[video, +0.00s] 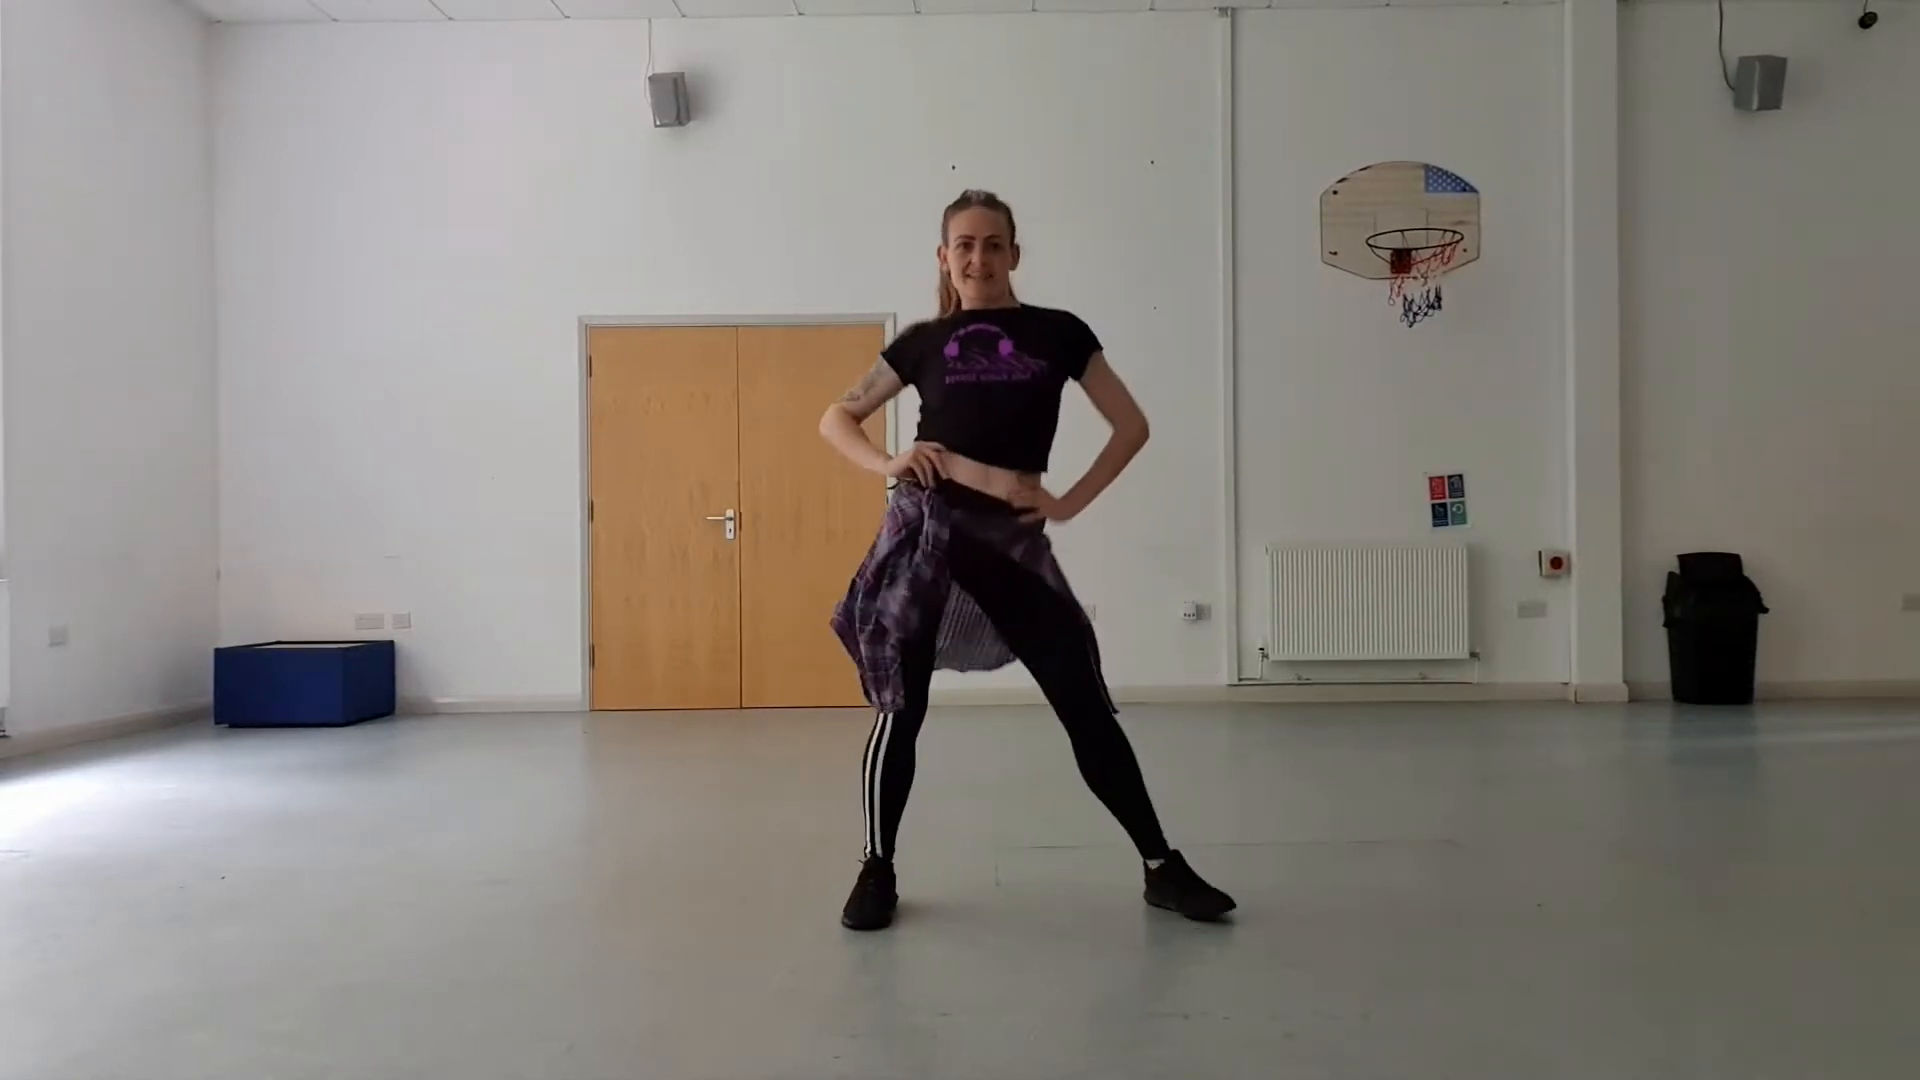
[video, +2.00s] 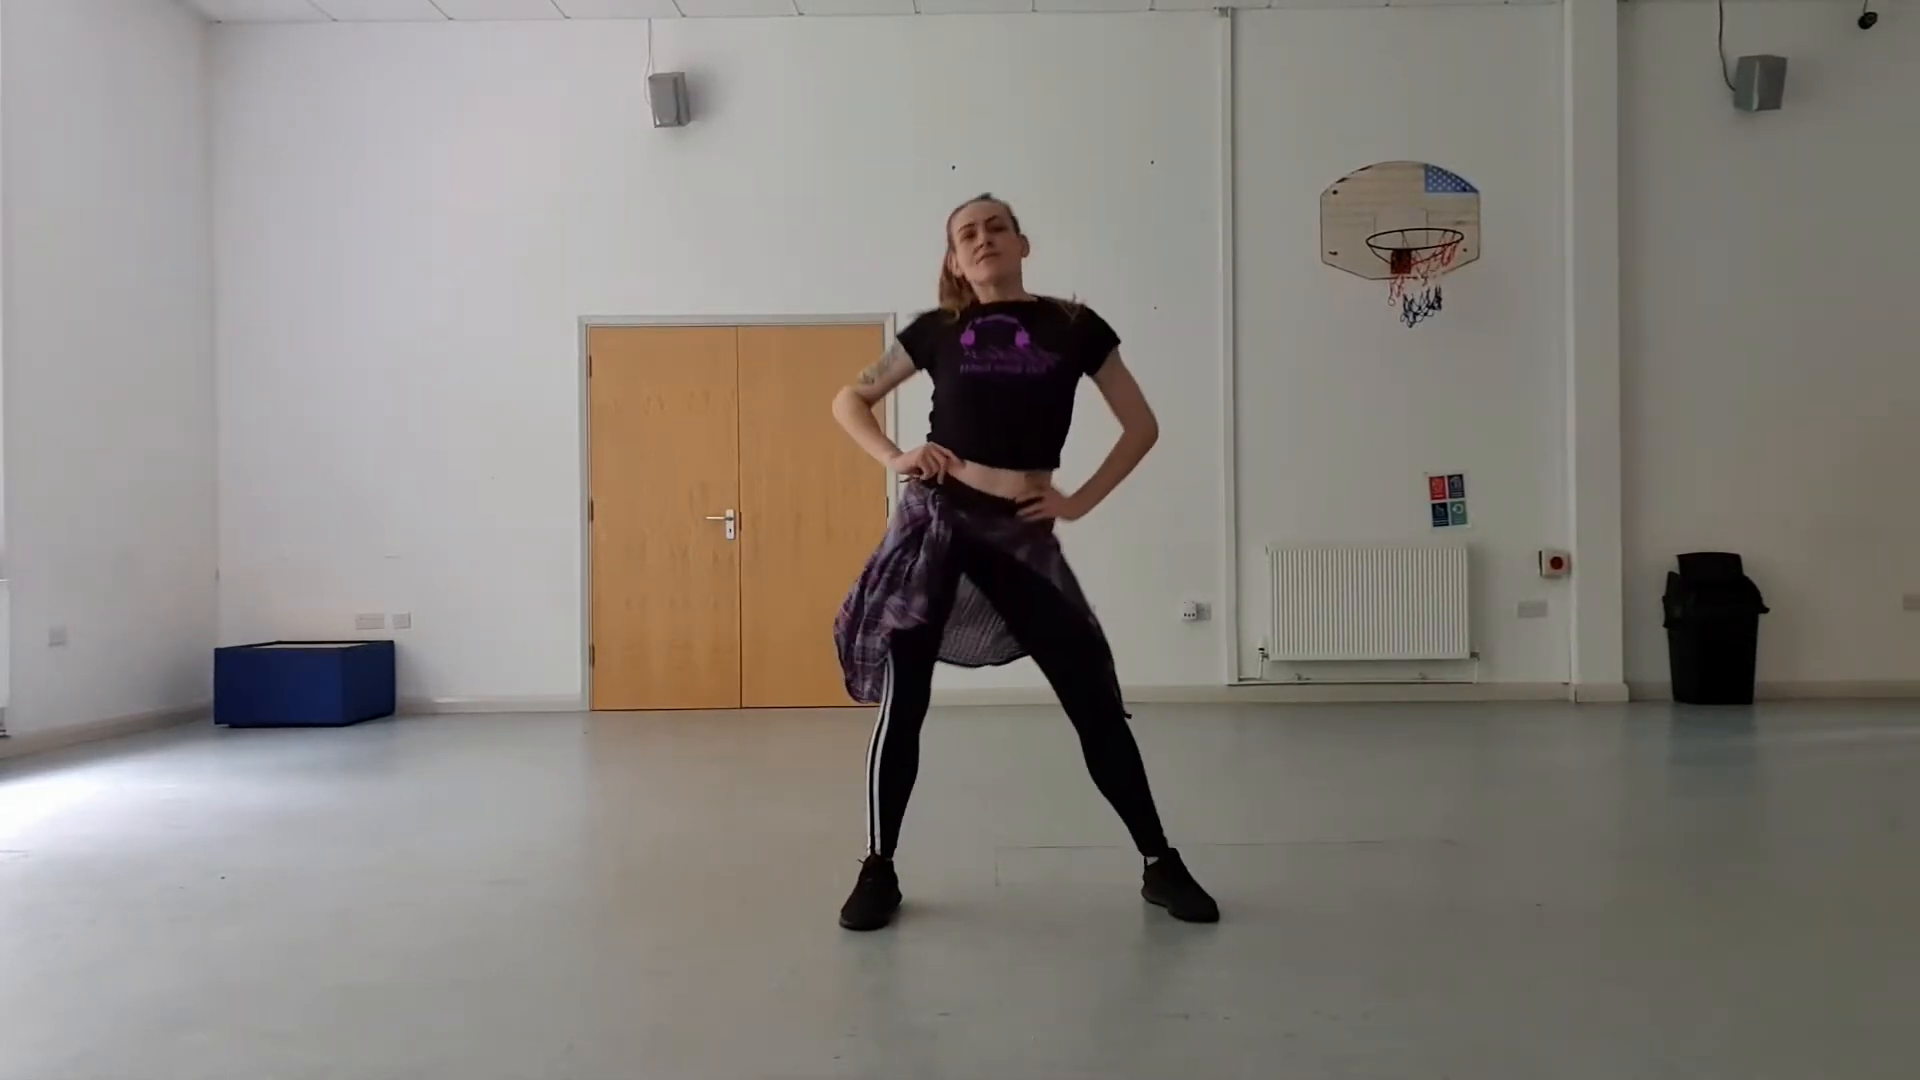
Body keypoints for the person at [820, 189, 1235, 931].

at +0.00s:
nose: (980, 256)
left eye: (993, 243)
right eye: (966, 244)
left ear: (1013, 252)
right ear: (944, 255)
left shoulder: (1058, 334)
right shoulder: (924, 342)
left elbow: (1131, 427)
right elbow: (836, 420)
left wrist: (1069, 502)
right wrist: (884, 462)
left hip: (1012, 536)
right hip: (924, 530)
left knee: (1086, 705)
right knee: (901, 704)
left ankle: (1162, 865)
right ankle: (876, 869)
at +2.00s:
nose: (984, 238)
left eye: (996, 226)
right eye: (968, 235)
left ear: (1024, 244)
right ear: (955, 264)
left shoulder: (1074, 327)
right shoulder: (938, 333)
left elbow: (1141, 426)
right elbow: (850, 402)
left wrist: (1082, 501)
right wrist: (894, 457)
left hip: (1023, 530)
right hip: (934, 521)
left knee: (1095, 700)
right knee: (905, 697)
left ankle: (1161, 864)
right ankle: (878, 868)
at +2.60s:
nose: (1057, 238)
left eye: (1072, 225)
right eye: (1045, 225)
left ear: (1096, 232)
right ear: (1026, 232)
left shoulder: (1127, 310)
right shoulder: (992, 309)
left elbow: (1198, 387)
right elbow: (913, 385)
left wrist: (1154, 453)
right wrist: (965, 459)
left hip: (1103, 512)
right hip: (1015, 513)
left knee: (1136, 691)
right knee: (976, 687)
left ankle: (1165, 860)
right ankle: (955, 844)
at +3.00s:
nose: (987, 225)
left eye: (1005, 216)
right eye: (981, 216)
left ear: (1043, 237)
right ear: (972, 238)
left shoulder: (1072, 319)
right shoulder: (943, 312)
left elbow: (1160, 385)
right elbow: (904, 391)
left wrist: (1104, 436)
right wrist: (923, 475)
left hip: (1064, 510)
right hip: (977, 518)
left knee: (1121, 671)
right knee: (966, 700)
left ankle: (1183, 812)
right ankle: (964, 860)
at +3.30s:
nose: (1043, 241)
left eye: (1064, 231)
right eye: (1036, 230)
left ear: (1097, 242)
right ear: (1027, 237)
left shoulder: (1099, 285)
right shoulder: (1052, 307)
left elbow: (1025, 273)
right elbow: (1030, 318)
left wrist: (935, 273)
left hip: (1077, 501)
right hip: (1012, 502)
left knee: (1131, 705)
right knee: (997, 698)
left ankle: (1242, 883)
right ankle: (980, 857)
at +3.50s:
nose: (1087, 259)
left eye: (1105, 245)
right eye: (1077, 247)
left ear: (1146, 254)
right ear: (1073, 259)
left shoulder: (1155, 313)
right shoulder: (1114, 341)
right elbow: (1128, 476)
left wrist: (1030, 296)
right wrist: (1029, 530)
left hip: (1179, 532)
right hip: (1122, 533)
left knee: (1186, 734)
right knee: (986, 664)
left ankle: (1260, 893)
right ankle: (1015, 837)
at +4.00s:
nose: (1242, 177)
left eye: (1241, 165)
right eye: (1223, 167)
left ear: (1231, 187)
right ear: (1171, 187)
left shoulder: (1237, 276)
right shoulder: (1135, 264)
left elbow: (1212, 375)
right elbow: (1024, 313)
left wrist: (1265, 414)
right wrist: (1070, 404)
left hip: (1241, 498)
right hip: (1150, 497)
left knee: (1250, 702)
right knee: (1108, 690)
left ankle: (1264, 885)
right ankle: (1042, 859)